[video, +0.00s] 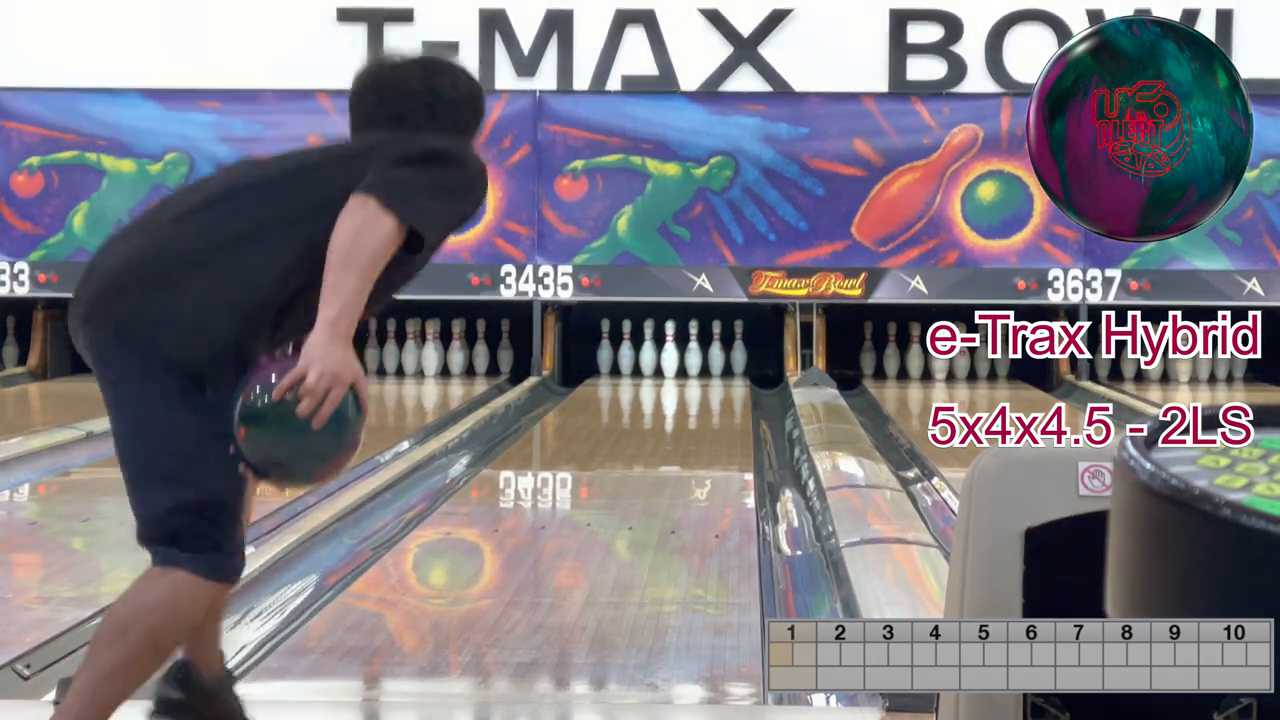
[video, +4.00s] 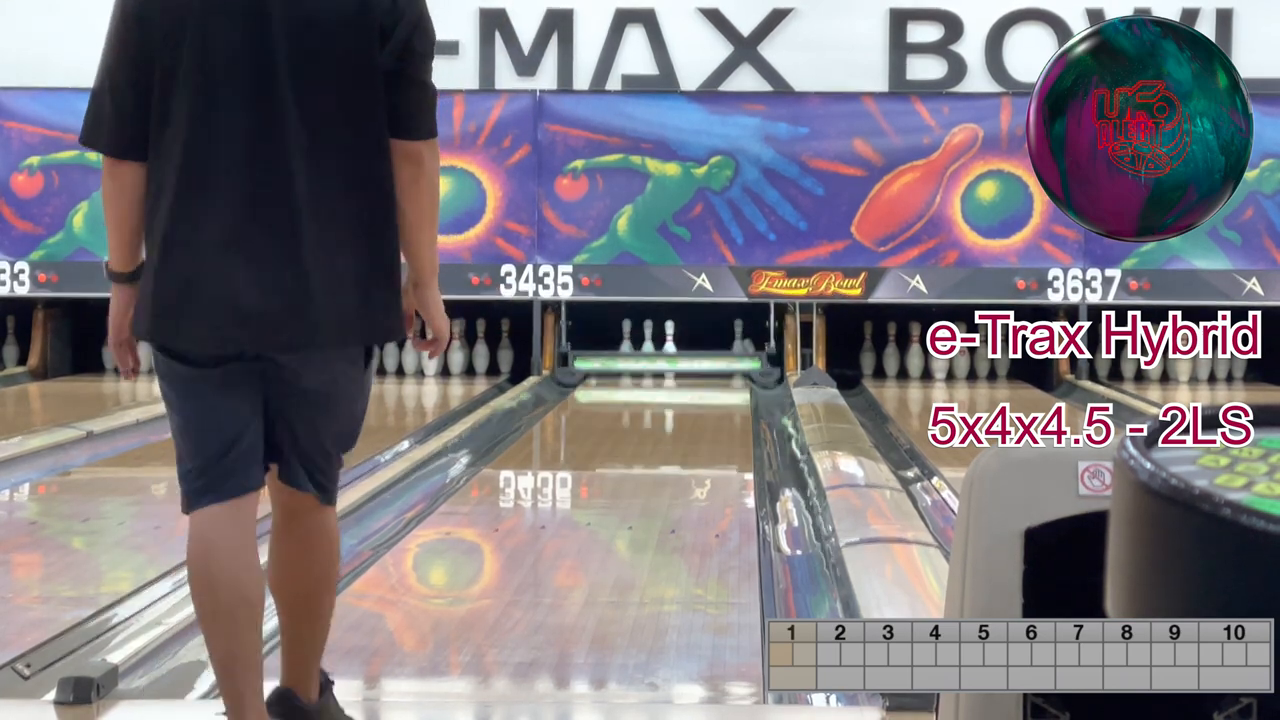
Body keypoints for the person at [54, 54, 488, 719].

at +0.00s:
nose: (479, 141)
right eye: (477, 126)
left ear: (375, 116)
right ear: (461, 123)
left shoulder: (346, 166)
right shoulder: (445, 163)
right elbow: (379, 209)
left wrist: (260, 417)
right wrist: (333, 335)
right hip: (156, 315)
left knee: (223, 485)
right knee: (200, 559)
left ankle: (203, 679)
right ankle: (73, 712)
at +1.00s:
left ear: (353, 14)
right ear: (433, 17)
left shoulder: (293, 74)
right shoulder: (453, 62)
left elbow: (195, 199)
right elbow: (542, 62)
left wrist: (203, 269)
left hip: (227, 251)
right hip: (324, 247)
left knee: (280, 464)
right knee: (286, 446)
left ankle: (313, 671)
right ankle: (137, 566)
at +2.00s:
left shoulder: (198, 2)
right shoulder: (397, 0)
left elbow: (160, 124)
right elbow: (436, 118)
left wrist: (164, 255)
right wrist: (459, 202)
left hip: (224, 254)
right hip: (337, 258)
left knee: (250, 458)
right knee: (307, 479)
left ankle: (253, 667)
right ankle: (271, 695)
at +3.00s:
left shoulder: (175, 2)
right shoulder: (385, 2)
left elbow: (143, 123)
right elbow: (410, 129)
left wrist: (152, 252)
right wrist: (445, 260)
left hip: (193, 257)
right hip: (310, 265)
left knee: (194, 451)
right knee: (289, 484)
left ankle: (172, 671)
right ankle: (271, 696)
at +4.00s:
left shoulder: (153, 6)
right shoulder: (386, 5)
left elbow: (124, 144)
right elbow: (413, 142)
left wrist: (125, 277)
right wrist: (424, 278)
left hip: (197, 280)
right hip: (328, 279)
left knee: (218, 503)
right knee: (309, 492)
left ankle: (245, 713)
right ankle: (301, 694)